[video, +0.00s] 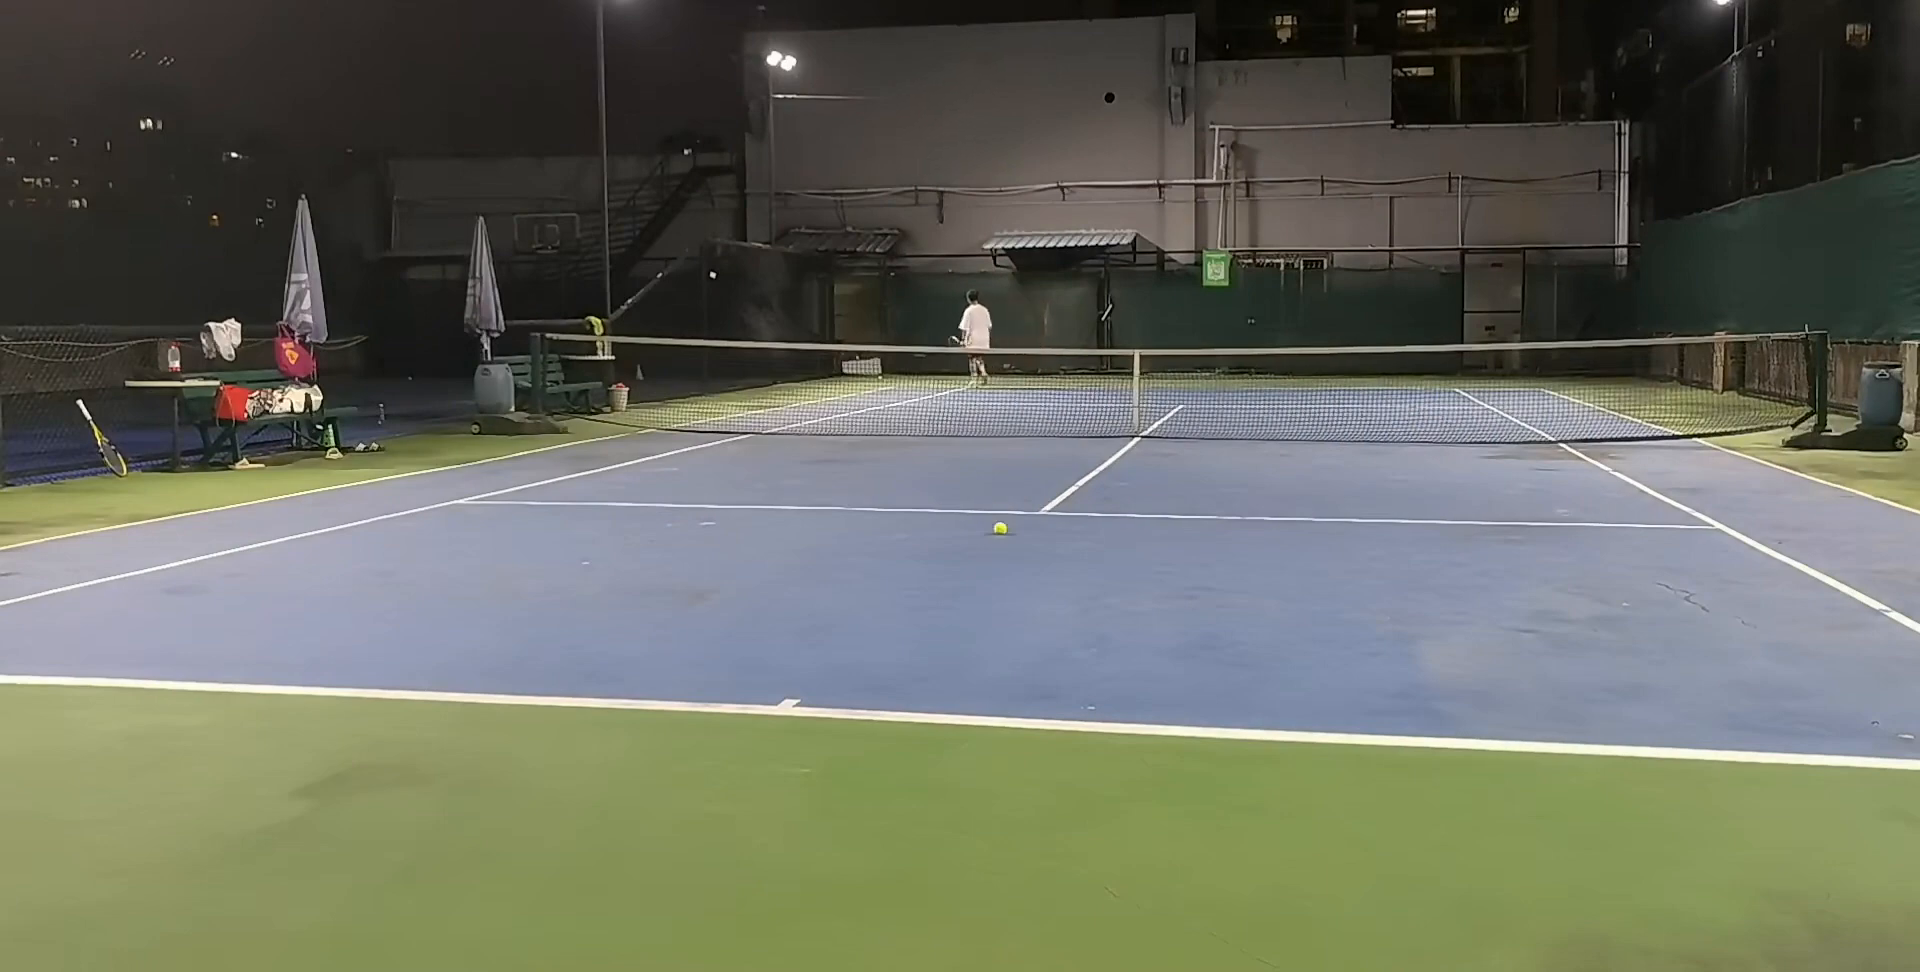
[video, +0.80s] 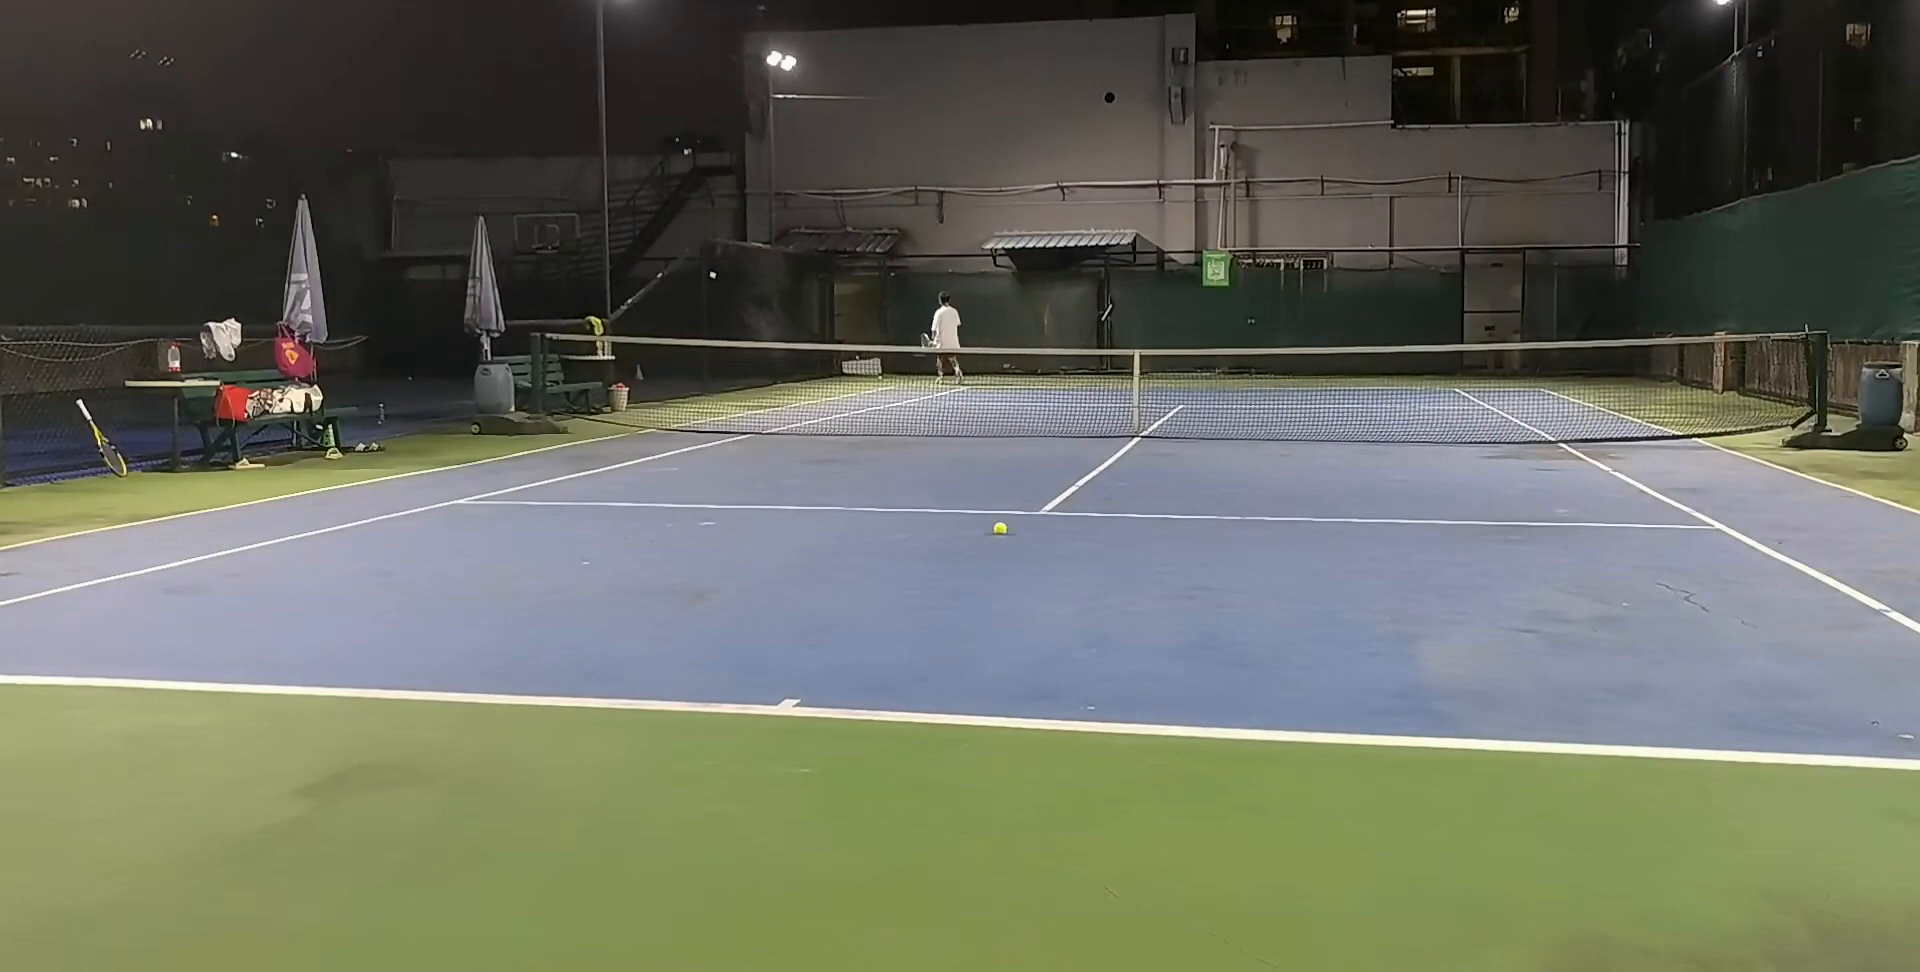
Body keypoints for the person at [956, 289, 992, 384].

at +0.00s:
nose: (967, 301)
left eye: (968, 299)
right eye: (968, 299)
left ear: (969, 299)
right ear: (977, 298)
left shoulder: (969, 311)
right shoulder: (985, 310)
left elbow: (965, 328)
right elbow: (989, 325)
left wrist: (964, 340)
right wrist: (985, 335)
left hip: (972, 339)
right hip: (984, 340)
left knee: (972, 359)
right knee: (979, 357)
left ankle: (974, 378)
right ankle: (984, 373)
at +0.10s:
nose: (965, 301)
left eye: (965, 299)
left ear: (965, 299)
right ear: (974, 299)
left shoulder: (964, 311)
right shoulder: (981, 311)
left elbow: (958, 327)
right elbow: (987, 326)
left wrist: (955, 339)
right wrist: (989, 339)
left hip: (968, 343)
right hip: (981, 343)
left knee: (972, 360)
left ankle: (973, 377)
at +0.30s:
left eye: (960, 301)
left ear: (959, 301)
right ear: (969, 301)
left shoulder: (957, 313)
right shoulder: (974, 314)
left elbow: (949, 328)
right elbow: (980, 329)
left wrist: (946, 339)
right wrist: (982, 342)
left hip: (960, 343)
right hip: (972, 343)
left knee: (963, 360)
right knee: (964, 361)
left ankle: (971, 374)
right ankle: (963, 378)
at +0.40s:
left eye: (957, 300)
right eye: (963, 300)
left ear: (956, 300)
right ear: (966, 300)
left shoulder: (954, 312)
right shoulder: (970, 312)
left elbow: (946, 326)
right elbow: (975, 328)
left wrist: (945, 338)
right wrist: (975, 340)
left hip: (955, 342)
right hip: (968, 342)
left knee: (955, 360)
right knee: (964, 360)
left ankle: (963, 370)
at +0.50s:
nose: (955, 300)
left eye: (954, 298)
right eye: (958, 298)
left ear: (952, 299)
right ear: (961, 298)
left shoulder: (951, 310)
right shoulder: (967, 310)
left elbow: (945, 326)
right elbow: (970, 325)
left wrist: (944, 339)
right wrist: (967, 334)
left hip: (953, 341)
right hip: (965, 341)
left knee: (951, 358)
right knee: (962, 359)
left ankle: (955, 374)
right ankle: (962, 374)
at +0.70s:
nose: (944, 302)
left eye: (944, 300)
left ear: (944, 301)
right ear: (953, 300)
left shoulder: (943, 312)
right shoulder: (958, 311)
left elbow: (940, 328)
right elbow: (963, 323)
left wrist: (939, 339)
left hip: (946, 340)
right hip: (958, 340)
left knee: (943, 357)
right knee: (958, 358)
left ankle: (941, 374)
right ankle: (961, 374)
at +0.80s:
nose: (939, 302)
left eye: (939, 300)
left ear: (940, 301)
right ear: (949, 300)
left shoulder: (939, 312)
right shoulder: (954, 311)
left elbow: (935, 328)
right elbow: (958, 324)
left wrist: (934, 339)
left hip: (942, 342)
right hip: (954, 342)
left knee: (940, 358)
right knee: (952, 356)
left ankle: (940, 374)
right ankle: (957, 370)